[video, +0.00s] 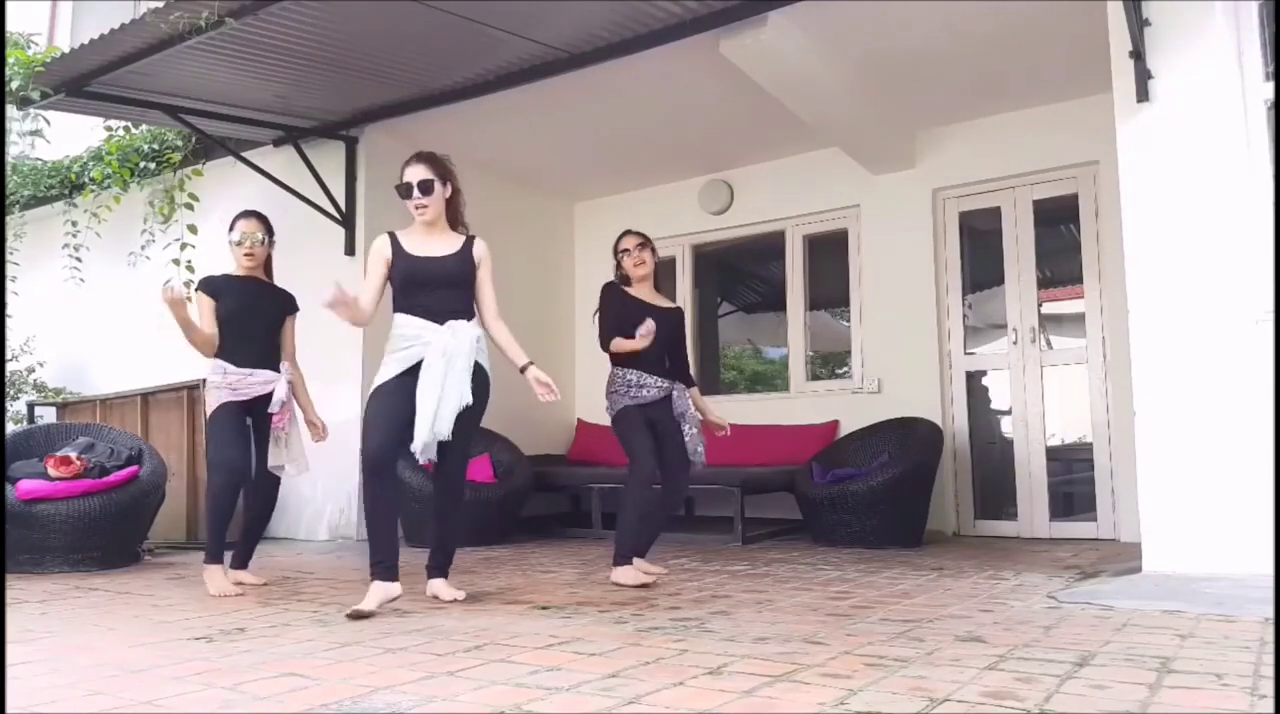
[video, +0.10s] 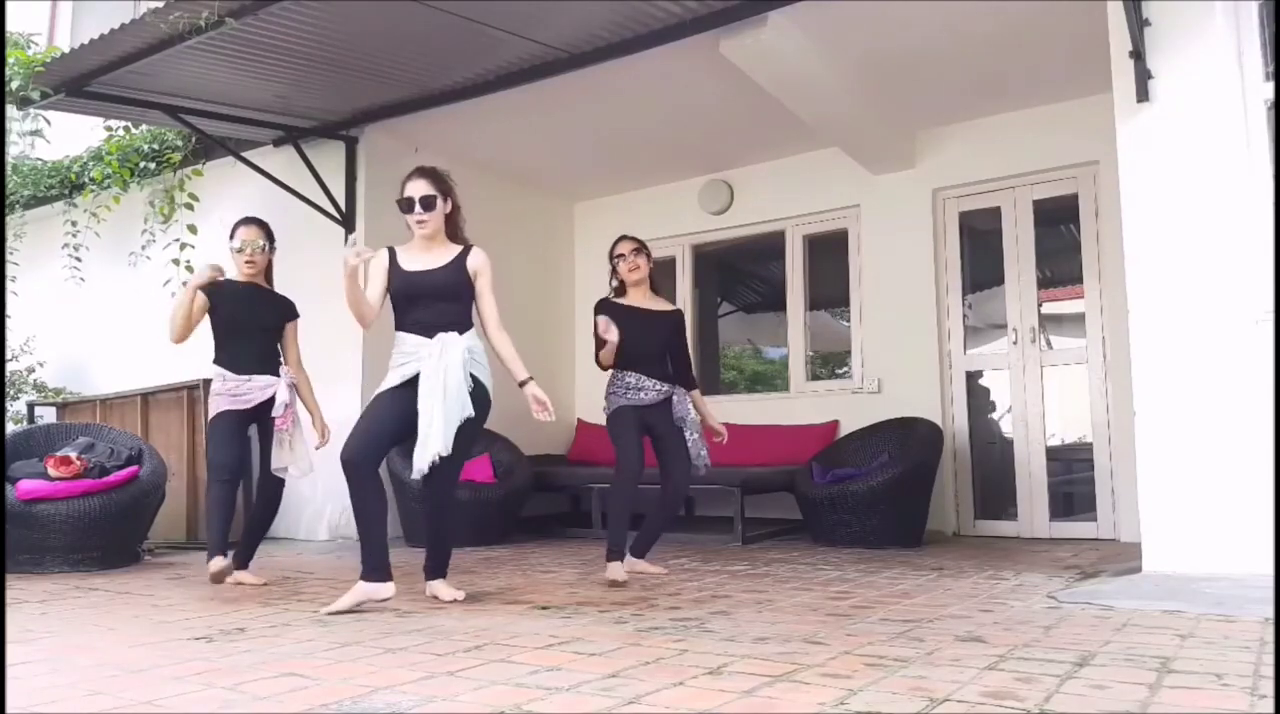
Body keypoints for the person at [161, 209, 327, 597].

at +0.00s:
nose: (249, 247)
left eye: (257, 239)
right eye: (240, 240)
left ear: (270, 246)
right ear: (230, 246)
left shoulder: (283, 299)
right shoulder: (212, 287)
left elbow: (290, 363)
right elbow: (208, 347)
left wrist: (309, 412)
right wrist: (180, 314)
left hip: (272, 392)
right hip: (227, 389)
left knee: (268, 479)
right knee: (230, 468)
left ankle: (240, 564)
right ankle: (214, 564)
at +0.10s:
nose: (250, 254)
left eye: (258, 247)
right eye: (241, 247)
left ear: (270, 252)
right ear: (231, 252)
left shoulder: (282, 305)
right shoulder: (215, 290)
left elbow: (295, 367)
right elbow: (178, 334)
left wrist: (316, 414)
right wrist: (193, 285)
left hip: (274, 393)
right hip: (229, 392)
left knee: (272, 483)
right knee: (226, 469)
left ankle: (240, 566)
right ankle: (217, 556)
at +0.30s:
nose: (247, 261)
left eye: (255, 255)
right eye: (239, 255)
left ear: (269, 261)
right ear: (230, 261)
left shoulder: (284, 311)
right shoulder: (214, 301)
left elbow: (298, 373)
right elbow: (154, 317)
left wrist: (318, 422)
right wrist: (192, 326)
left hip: (275, 403)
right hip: (229, 402)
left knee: (276, 490)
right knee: (224, 467)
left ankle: (239, 567)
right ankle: (212, 564)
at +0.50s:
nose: (246, 249)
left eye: (254, 241)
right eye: (238, 242)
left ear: (269, 246)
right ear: (230, 248)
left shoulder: (289, 295)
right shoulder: (217, 291)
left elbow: (301, 355)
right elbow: (175, 339)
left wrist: (314, 407)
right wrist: (178, 377)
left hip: (271, 389)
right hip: (224, 386)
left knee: (269, 477)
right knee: (209, 466)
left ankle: (238, 566)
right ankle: (196, 562)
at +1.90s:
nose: (247, 248)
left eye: (257, 241)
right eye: (241, 241)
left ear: (274, 247)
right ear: (234, 246)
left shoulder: (288, 291)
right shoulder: (225, 289)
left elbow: (311, 347)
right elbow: (214, 345)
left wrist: (328, 401)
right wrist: (196, 395)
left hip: (259, 387)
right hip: (220, 386)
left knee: (243, 466)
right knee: (214, 475)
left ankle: (274, 555)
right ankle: (231, 564)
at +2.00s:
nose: (254, 246)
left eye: (263, 239)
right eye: (248, 239)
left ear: (281, 244)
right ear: (240, 242)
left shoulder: (291, 288)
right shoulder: (231, 284)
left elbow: (319, 345)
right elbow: (230, 334)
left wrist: (341, 399)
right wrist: (225, 377)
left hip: (264, 383)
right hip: (224, 382)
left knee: (273, 468)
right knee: (218, 473)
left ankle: (327, 540)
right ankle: (231, 563)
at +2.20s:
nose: (271, 244)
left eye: (280, 237)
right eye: (266, 237)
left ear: (298, 241)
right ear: (258, 241)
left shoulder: (308, 283)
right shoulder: (257, 284)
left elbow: (308, 343)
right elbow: (259, 339)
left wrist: (303, 396)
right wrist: (247, 388)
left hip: (297, 379)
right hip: (257, 381)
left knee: (332, 461)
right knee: (223, 466)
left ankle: (375, 544)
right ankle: (228, 558)